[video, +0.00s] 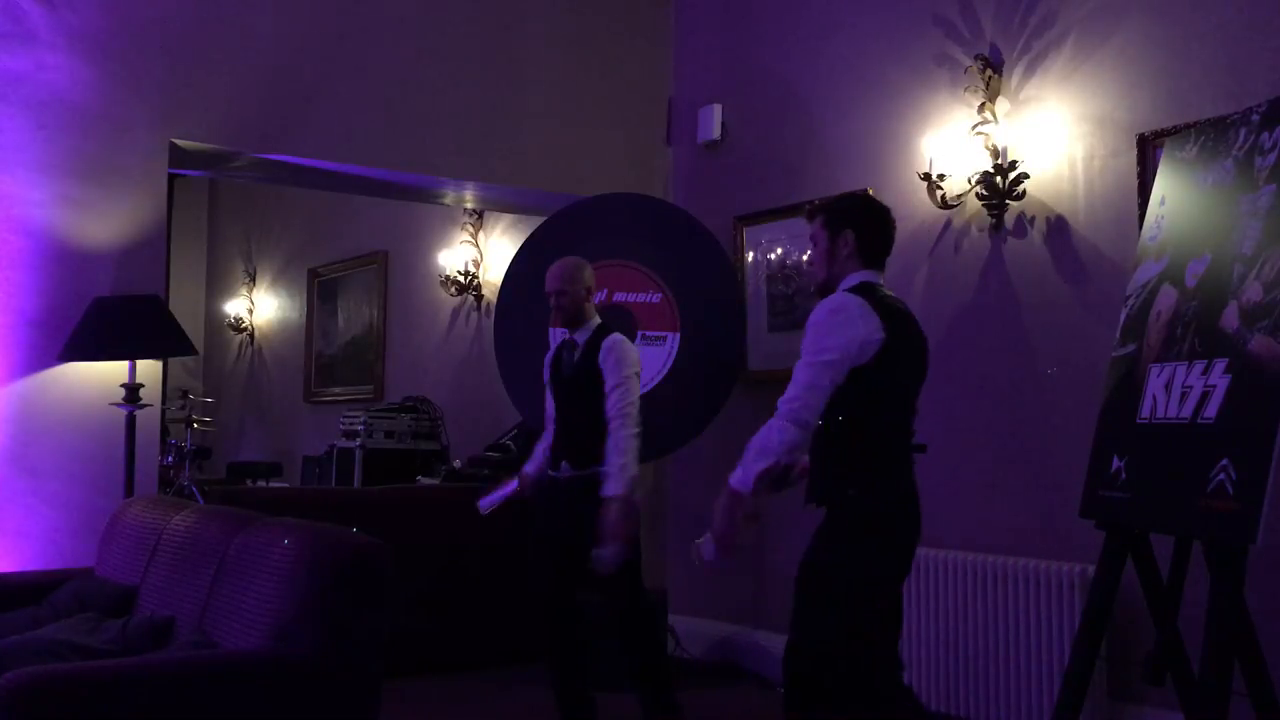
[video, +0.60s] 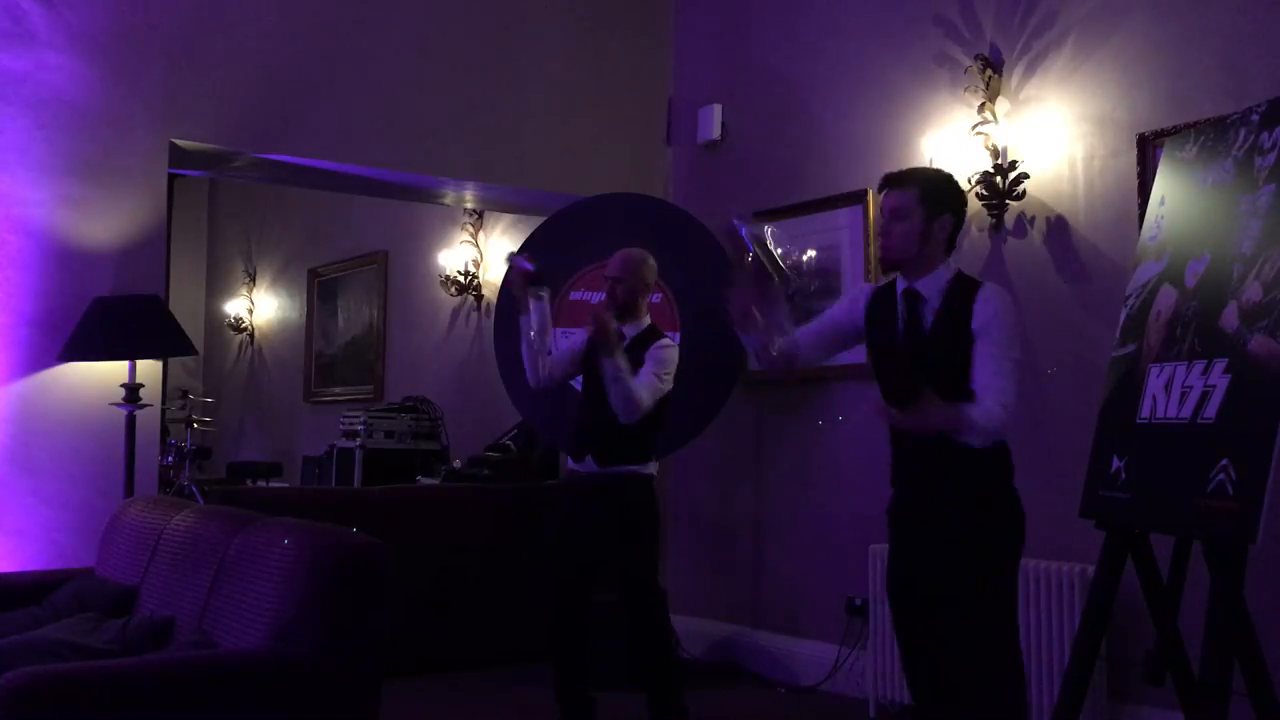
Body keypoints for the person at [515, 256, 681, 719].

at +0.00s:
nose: (555, 304)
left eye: (563, 295)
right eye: (550, 296)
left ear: (589, 293)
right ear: (549, 297)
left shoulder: (616, 348)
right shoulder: (556, 353)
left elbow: (624, 427)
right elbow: (553, 429)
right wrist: (523, 480)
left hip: (604, 490)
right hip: (562, 491)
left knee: (620, 599)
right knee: (563, 600)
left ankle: (653, 700)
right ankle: (574, 701)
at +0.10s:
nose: (554, 305)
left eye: (562, 297)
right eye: (550, 297)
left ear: (590, 295)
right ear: (554, 297)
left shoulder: (614, 353)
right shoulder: (568, 349)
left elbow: (593, 435)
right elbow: (564, 421)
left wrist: (545, 496)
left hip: (609, 493)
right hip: (572, 489)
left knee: (620, 604)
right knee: (569, 605)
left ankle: (657, 702)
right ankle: (575, 702)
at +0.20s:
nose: (559, 303)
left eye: (566, 295)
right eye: (557, 295)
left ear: (593, 296)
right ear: (574, 297)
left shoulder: (616, 353)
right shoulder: (583, 348)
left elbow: (584, 429)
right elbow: (570, 423)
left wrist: (512, 457)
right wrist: (518, 458)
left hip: (609, 495)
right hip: (579, 492)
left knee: (613, 605)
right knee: (574, 604)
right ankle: (577, 701)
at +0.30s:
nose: (571, 298)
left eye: (578, 290)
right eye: (570, 290)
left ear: (602, 293)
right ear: (591, 291)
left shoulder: (625, 351)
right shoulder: (594, 345)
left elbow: (578, 418)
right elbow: (578, 415)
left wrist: (506, 401)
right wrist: (511, 407)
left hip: (613, 495)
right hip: (586, 492)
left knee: (614, 604)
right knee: (582, 603)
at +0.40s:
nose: (583, 292)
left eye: (593, 284)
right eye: (583, 283)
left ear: (618, 291)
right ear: (592, 288)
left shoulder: (638, 350)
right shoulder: (589, 347)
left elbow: (582, 404)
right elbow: (554, 410)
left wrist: (521, 358)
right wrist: (507, 362)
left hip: (617, 494)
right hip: (579, 491)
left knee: (621, 605)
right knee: (576, 605)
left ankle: (657, 704)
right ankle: (577, 702)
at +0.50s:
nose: (597, 289)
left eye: (607, 281)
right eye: (597, 280)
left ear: (631, 290)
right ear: (597, 285)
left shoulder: (650, 349)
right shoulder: (588, 341)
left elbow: (602, 400)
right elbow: (537, 385)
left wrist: (558, 338)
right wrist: (515, 329)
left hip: (624, 491)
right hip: (578, 487)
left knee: (629, 602)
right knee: (571, 602)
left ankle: (659, 705)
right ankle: (575, 702)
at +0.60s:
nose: (608, 290)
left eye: (620, 283)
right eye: (606, 280)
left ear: (645, 292)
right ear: (601, 284)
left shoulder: (661, 349)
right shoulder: (593, 337)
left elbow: (630, 407)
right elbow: (541, 374)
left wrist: (609, 341)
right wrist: (534, 298)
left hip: (630, 490)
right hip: (578, 486)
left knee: (639, 605)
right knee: (572, 604)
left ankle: (663, 708)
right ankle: (575, 704)